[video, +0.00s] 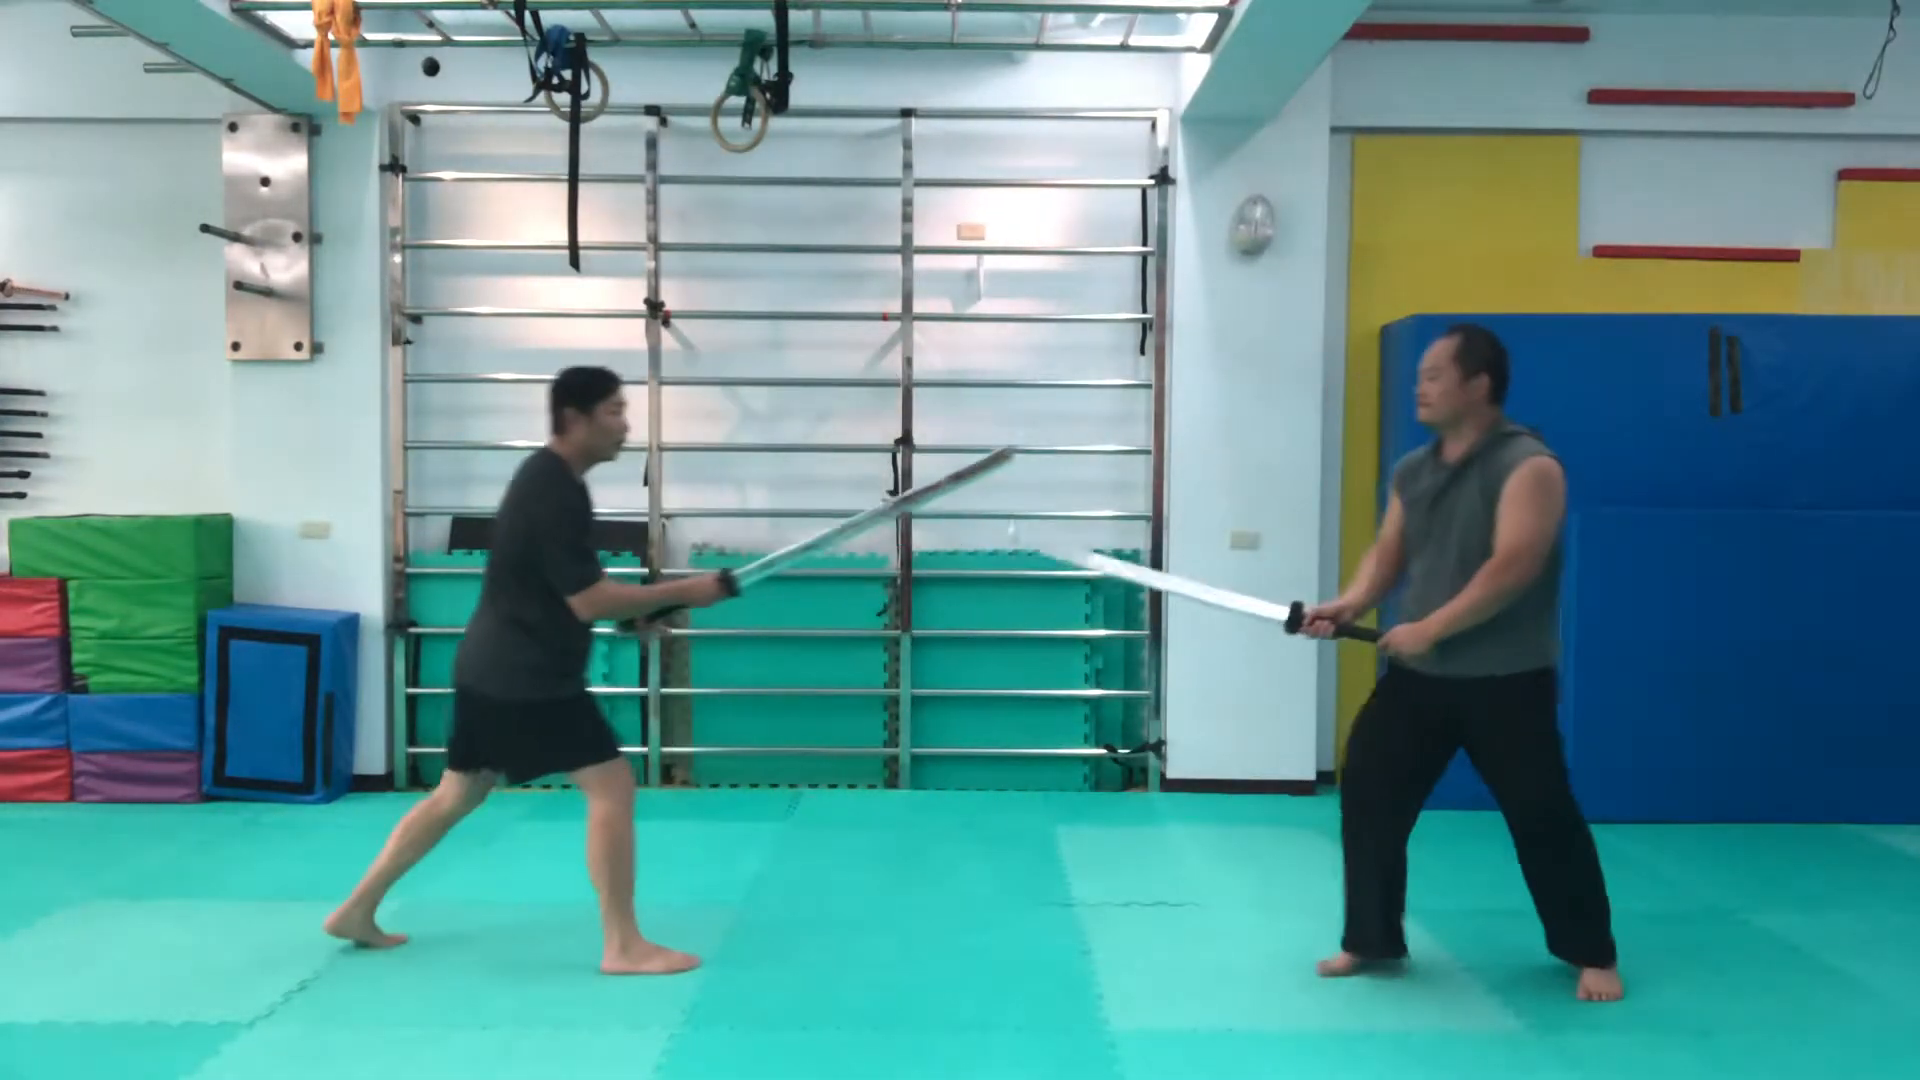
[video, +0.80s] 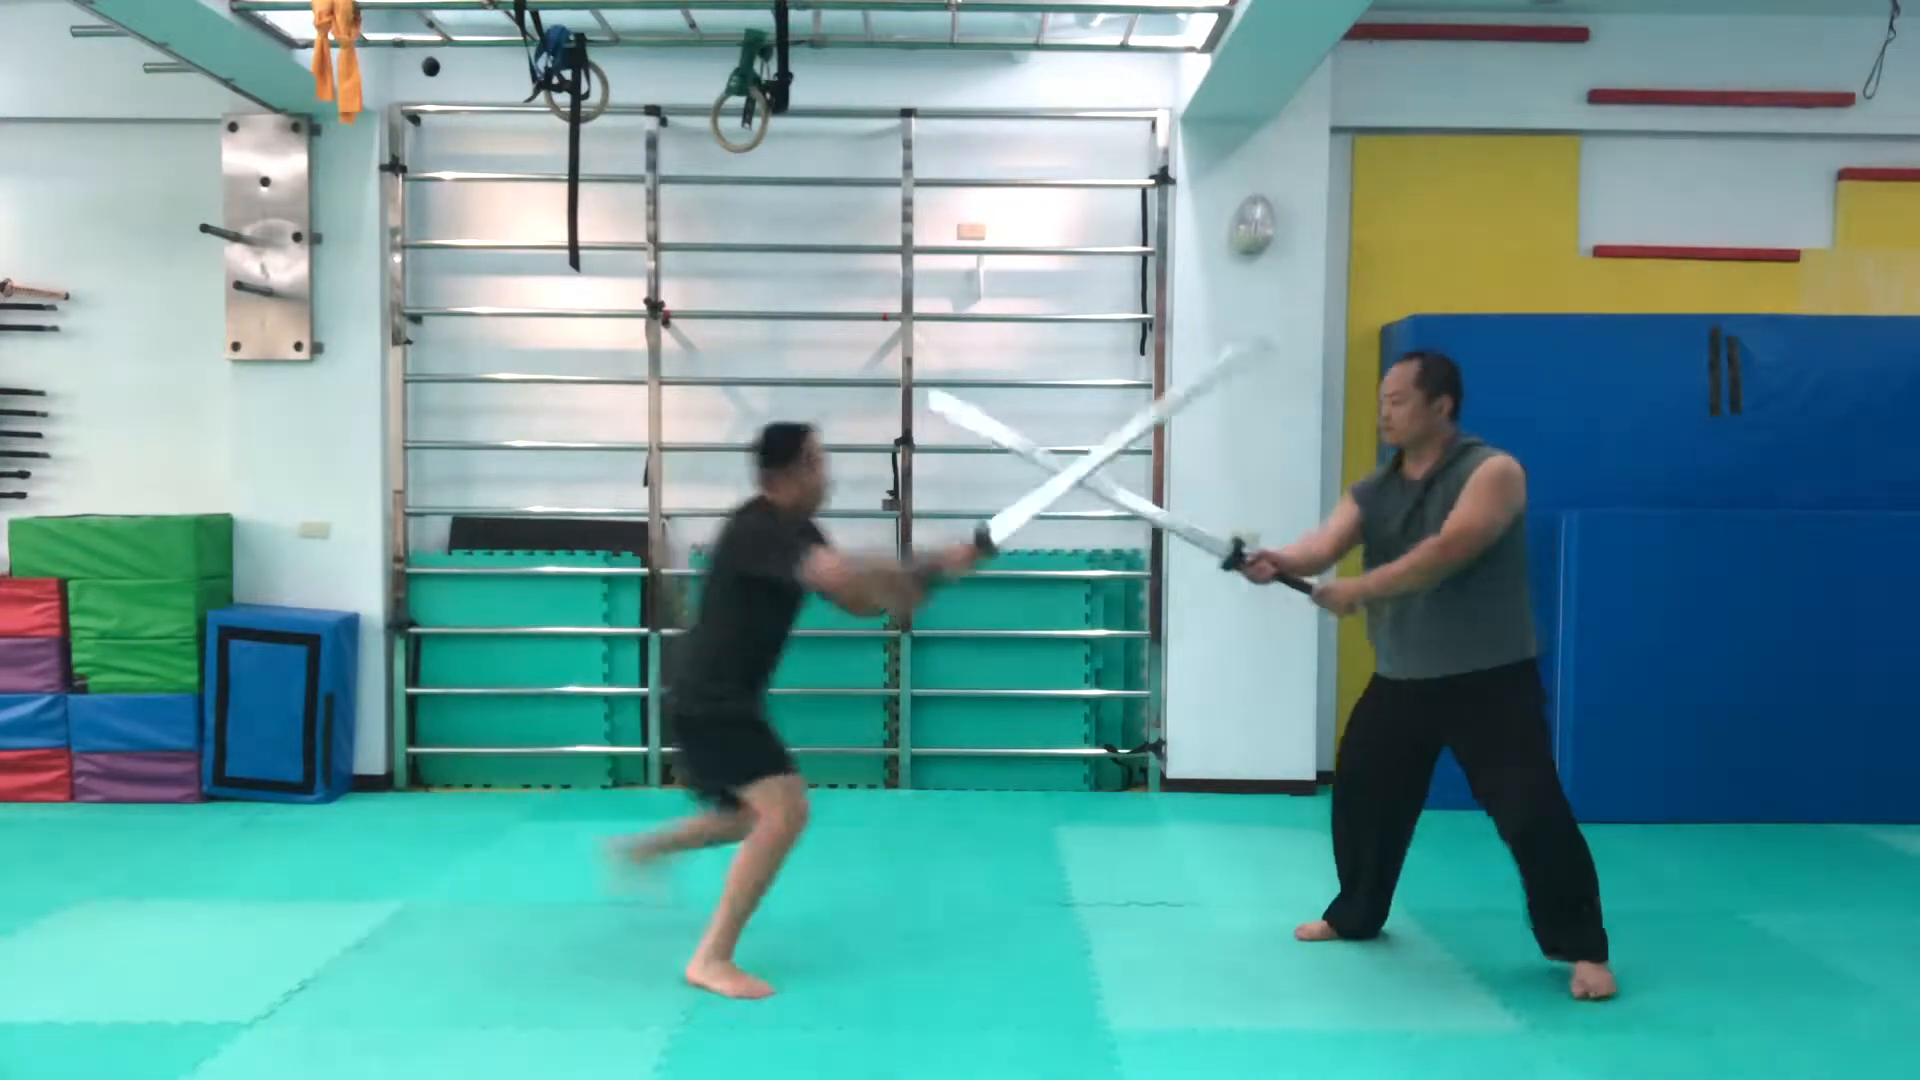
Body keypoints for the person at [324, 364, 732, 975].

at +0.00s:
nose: (625, 424)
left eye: (623, 412)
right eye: (614, 412)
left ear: (571, 421)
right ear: (573, 419)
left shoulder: (539, 477)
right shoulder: (557, 489)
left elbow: (559, 585)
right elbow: (588, 597)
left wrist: (630, 606)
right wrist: (682, 592)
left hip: (488, 673)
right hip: (534, 681)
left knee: (455, 793)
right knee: (611, 785)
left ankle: (355, 912)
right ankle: (623, 946)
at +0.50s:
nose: (642, 447)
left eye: (640, 435)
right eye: (632, 436)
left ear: (602, 445)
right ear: (595, 443)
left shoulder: (603, 515)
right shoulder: (553, 507)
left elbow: (589, 602)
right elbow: (555, 606)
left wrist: (612, 640)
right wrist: (657, 616)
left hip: (528, 689)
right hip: (538, 689)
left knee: (490, 813)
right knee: (659, 770)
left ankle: (365, 909)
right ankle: (653, 930)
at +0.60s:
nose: (693, 459)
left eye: (692, 447)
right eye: (684, 448)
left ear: (652, 454)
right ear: (649, 453)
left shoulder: (661, 523)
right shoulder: (614, 507)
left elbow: (647, 607)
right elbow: (621, 583)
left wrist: (686, 616)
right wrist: (730, 590)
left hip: (571, 696)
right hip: (594, 698)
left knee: (505, 809)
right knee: (708, 783)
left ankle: (379, 900)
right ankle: (699, 947)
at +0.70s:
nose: (757, 464)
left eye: (754, 453)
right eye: (747, 455)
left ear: (714, 465)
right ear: (713, 465)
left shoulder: (733, 528)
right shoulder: (688, 520)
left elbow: (786, 597)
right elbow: (758, 551)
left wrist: (822, 561)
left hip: (643, 699)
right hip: (661, 702)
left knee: (619, 831)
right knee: (746, 800)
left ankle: (475, 862)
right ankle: (708, 959)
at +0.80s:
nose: (825, 474)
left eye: (822, 462)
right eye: (816, 463)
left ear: (775, 473)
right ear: (792, 472)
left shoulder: (784, 525)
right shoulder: (767, 527)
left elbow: (854, 593)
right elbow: (844, 582)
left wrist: (930, 570)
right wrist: (917, 576)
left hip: (712, 696)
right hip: (712, 700)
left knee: (750, 816)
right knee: (783, 812)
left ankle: (641, 849)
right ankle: (712, 959)